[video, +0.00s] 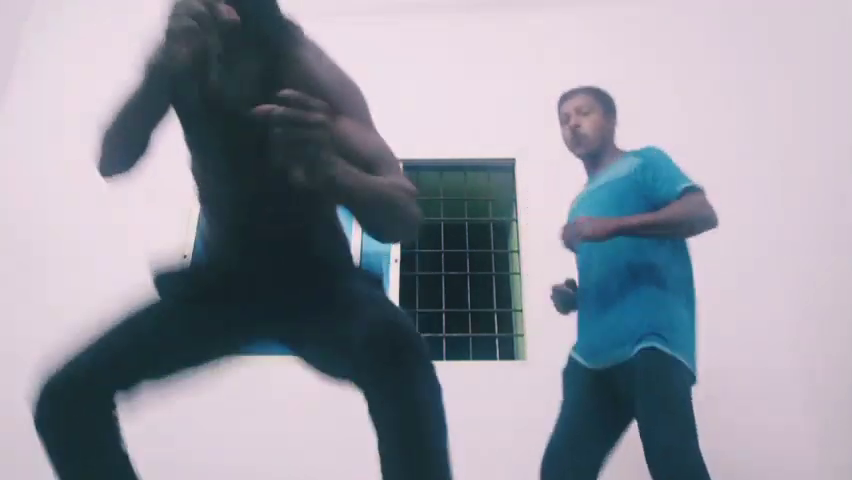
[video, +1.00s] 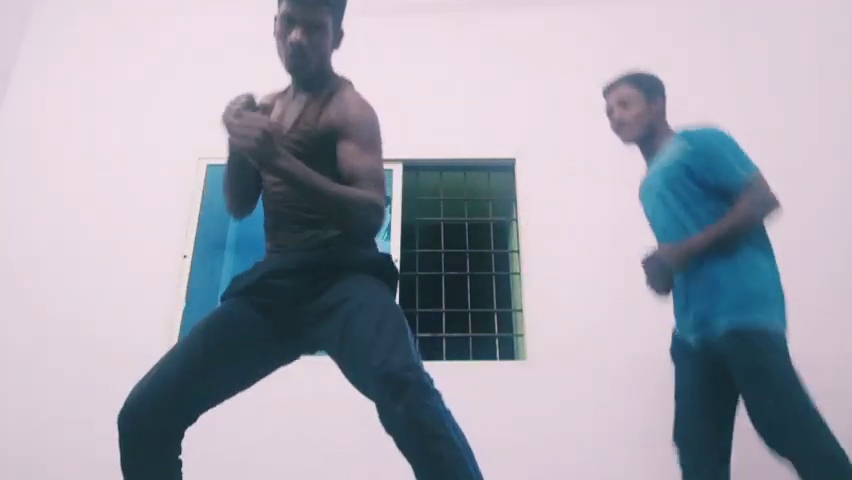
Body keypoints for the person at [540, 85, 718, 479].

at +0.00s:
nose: (572, 124)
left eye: (583, 113)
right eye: (565, 119)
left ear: (610, 121)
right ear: (562, 134)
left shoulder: (647, 162)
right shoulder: (579, 205)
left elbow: (702, 213)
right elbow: (610, 282)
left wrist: (612, 225)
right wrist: (576, 296)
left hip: (653, 342)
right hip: (594, 355)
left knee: (674, 466)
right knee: (561, 468)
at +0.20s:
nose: (558, 100)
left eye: (569, 89)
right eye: (551, 95)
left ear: (595, 96)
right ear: (548, 107)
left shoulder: (629, 131)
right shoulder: (573, 176)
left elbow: (679, 191)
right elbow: (609, 249)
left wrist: (591, 220)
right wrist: (573, 265)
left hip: (648, 299)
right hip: (593, 311)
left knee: (665, 417)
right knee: (581, 422)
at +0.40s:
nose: (554, 150)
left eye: (564, 140)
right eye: (545, 145)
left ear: (589, 145)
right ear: (542, 158)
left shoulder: (629, 186)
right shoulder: (565, 232)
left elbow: (683, 248)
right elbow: (596, 302)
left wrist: (598, 281)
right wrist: (569, 330)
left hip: (658, 360)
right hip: (600, 368)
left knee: (699, 468)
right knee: (567, 471)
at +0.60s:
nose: (576, 113)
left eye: (583, 101)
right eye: (566, 108)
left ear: (606, 103)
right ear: (563, 120)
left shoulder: (644, 136)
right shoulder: (584, 186)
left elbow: (711, 185)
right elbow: (621, 244)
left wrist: (636, 222)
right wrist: (597, 268)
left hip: (686, 302)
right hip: (631, 321)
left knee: (730, 422)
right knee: (649, 449)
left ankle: (762, 474)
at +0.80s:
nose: (621, 127)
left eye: (630, 116)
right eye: (612, 122)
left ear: (655, 118)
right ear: (608, 134)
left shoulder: (698, 155)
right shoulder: (633, 203)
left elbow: (756, 207)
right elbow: (664, 262)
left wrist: (675, 256)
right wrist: (641, 286)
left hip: (739, 339)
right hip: (681, 346)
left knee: (793, 453)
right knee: (662, 461)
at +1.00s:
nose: (615, 117)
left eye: (624, 105)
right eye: (610, 111)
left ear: (656, 105)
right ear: (609, 120)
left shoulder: (702, 142)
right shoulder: (648, 188)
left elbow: (761, 197)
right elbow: (691, 251)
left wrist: (682, 250)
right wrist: (665, 273)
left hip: (746, 318)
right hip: (694, 331)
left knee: (790, 428)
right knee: (698, 451)